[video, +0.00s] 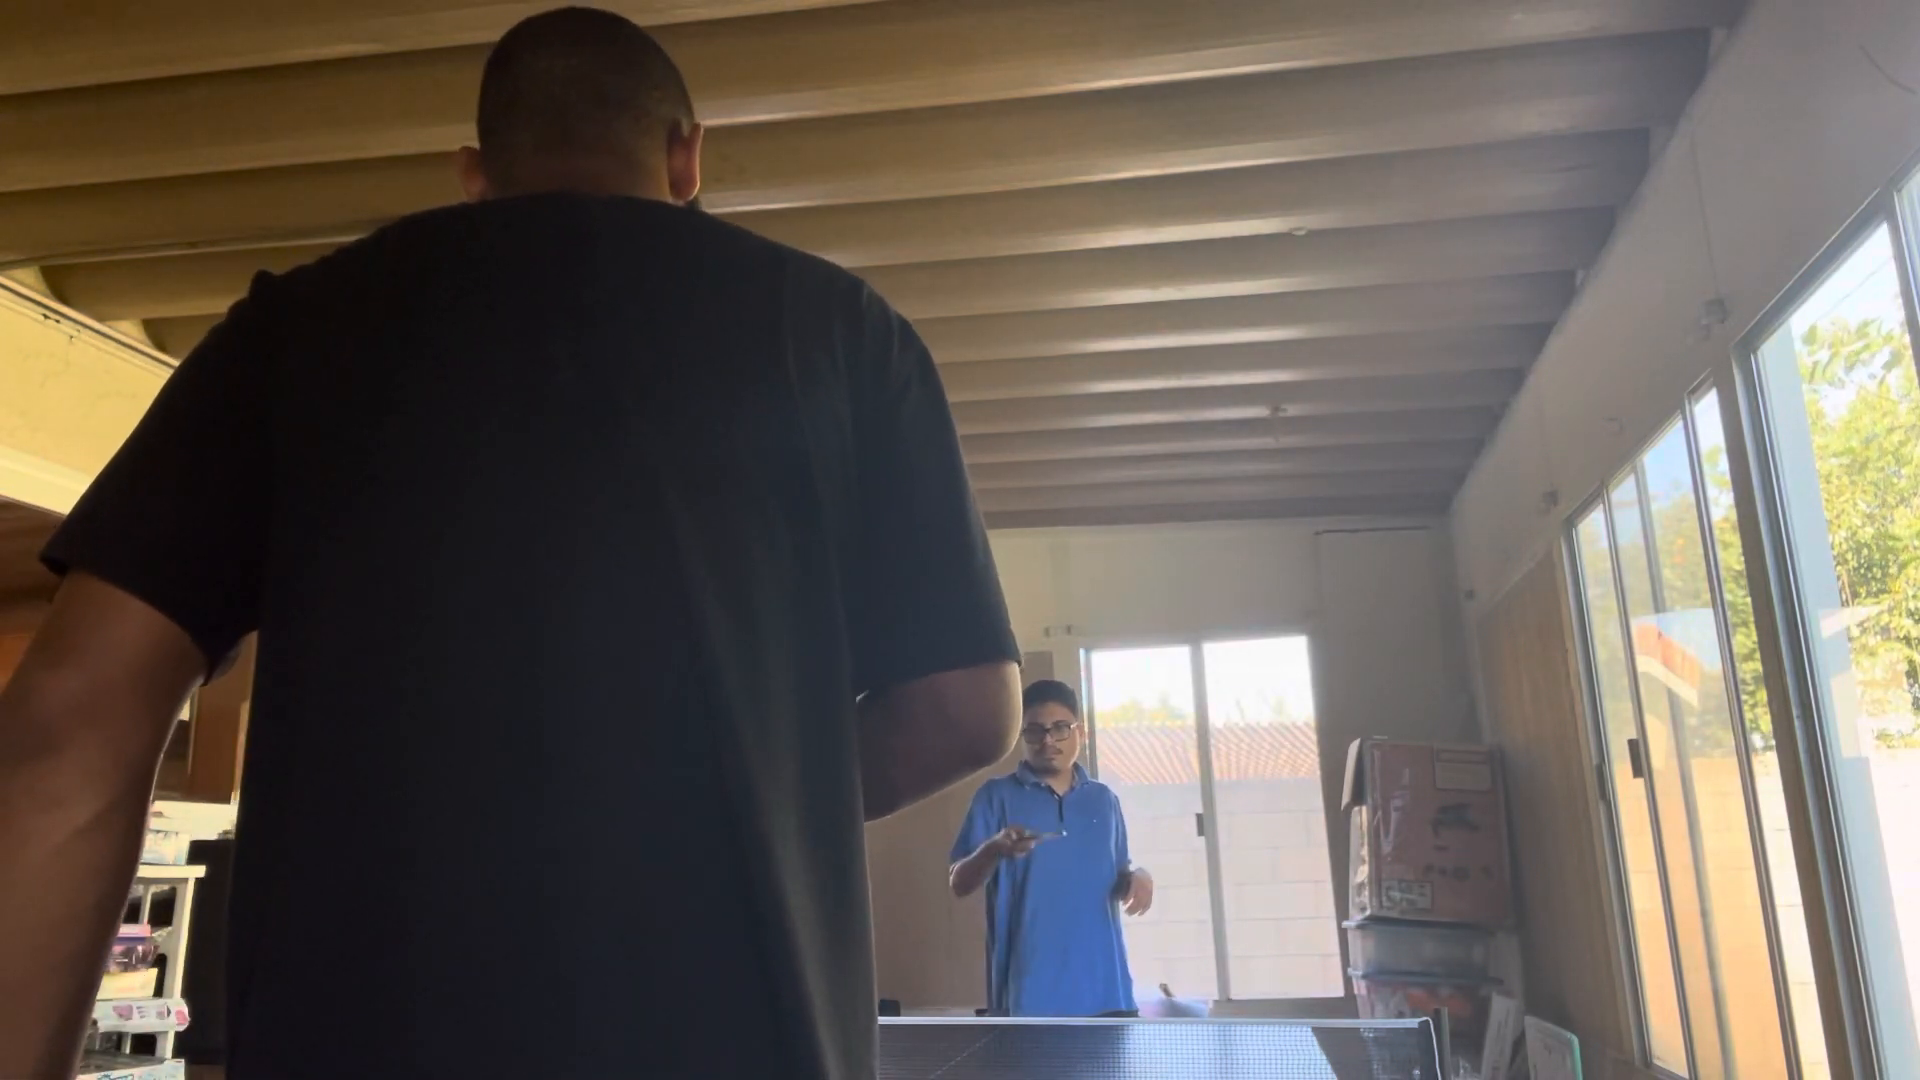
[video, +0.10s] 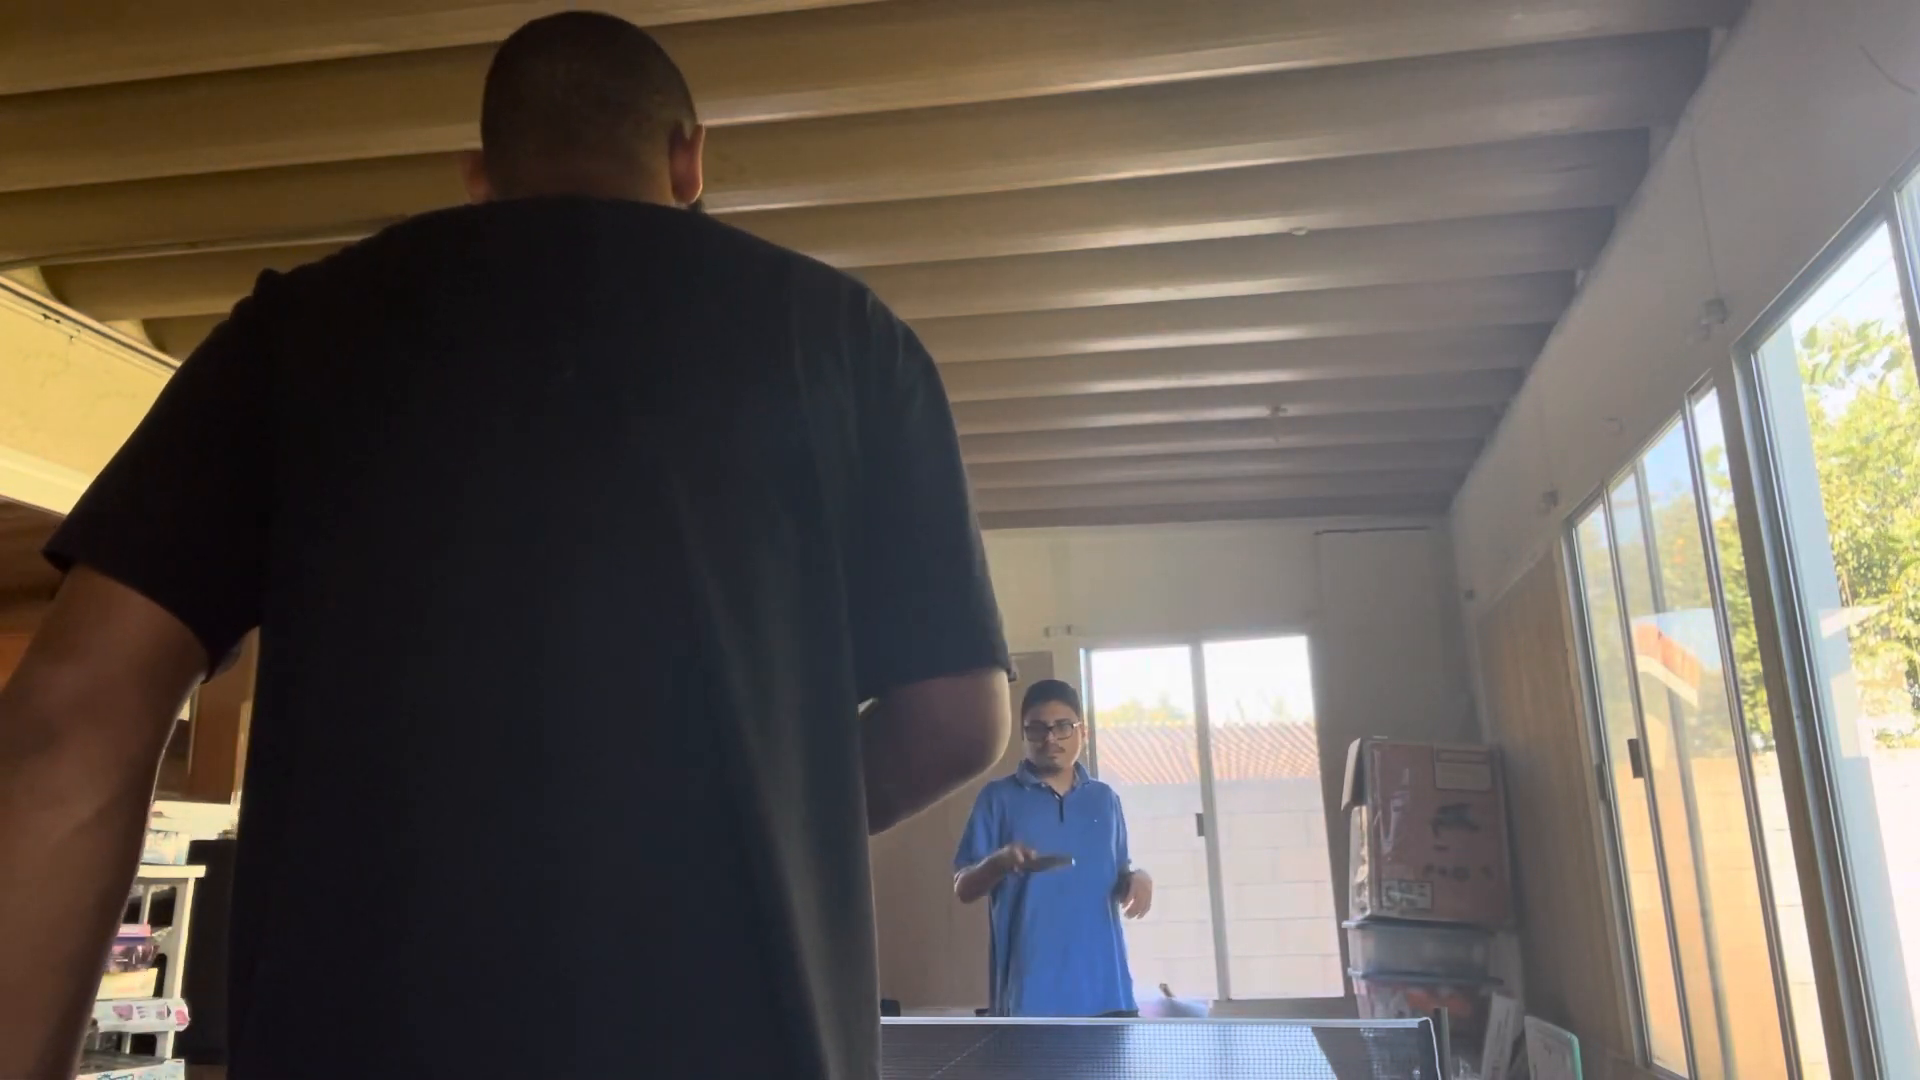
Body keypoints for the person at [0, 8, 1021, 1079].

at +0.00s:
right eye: (699, 166)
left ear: (474, 167)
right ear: (689, 163)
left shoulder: (303, 322)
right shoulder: (836, 321)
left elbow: (71, 712)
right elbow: (961, 710)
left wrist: (34, 1051)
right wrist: (749, 802)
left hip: (354, 1030)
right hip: (733, 1032)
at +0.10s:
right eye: (699, 167)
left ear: (476, 170)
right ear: (689, 165)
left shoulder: (306, 322)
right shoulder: (838, 327)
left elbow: (74, 706)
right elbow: (953, 723)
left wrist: (33, 1054)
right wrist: (751, 829)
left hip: (360, 1029)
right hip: (735, 1035)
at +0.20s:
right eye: (710, 179)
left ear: (486, 176)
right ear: (697, 174)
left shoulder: (314, 321)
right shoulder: (851, 341)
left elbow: (70, 708)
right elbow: (940, 746)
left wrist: (34, 1055)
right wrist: (765, 902)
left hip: (360, 1032)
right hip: (746, 1039)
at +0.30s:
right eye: (731, 198)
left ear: (507, 187)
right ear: (713, 192)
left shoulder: (334, 313)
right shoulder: (861, 354)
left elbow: (77, 673)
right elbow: (932, 775)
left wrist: (35, 1050)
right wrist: (803, 959)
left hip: (366, 1034)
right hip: (764, 1044)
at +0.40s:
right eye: (748, 219)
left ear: (539, 204)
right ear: (732, 215)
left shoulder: (363, 307)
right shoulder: (878, 370)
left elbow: (90, 648)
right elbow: (933, 802)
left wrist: (34, 1052)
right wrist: (833, 992)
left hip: (381, 1036)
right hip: (768, 1047)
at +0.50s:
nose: (764, 257)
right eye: (766, 237)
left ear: (563, 217)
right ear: (751, 231)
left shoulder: (382, 310)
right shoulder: (893, 379)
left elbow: (107, 635)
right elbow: (949, 797)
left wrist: (38, 1043)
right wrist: (858, 968)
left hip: (388, 1034)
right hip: (785, 1043)